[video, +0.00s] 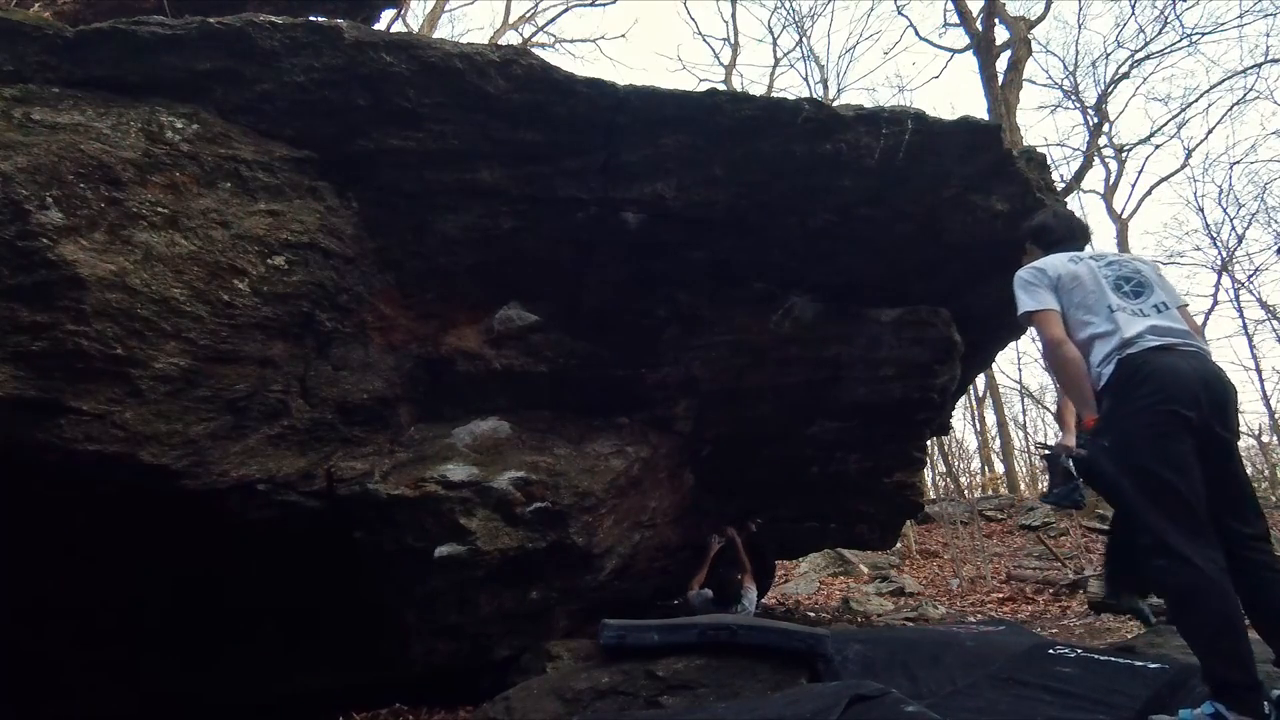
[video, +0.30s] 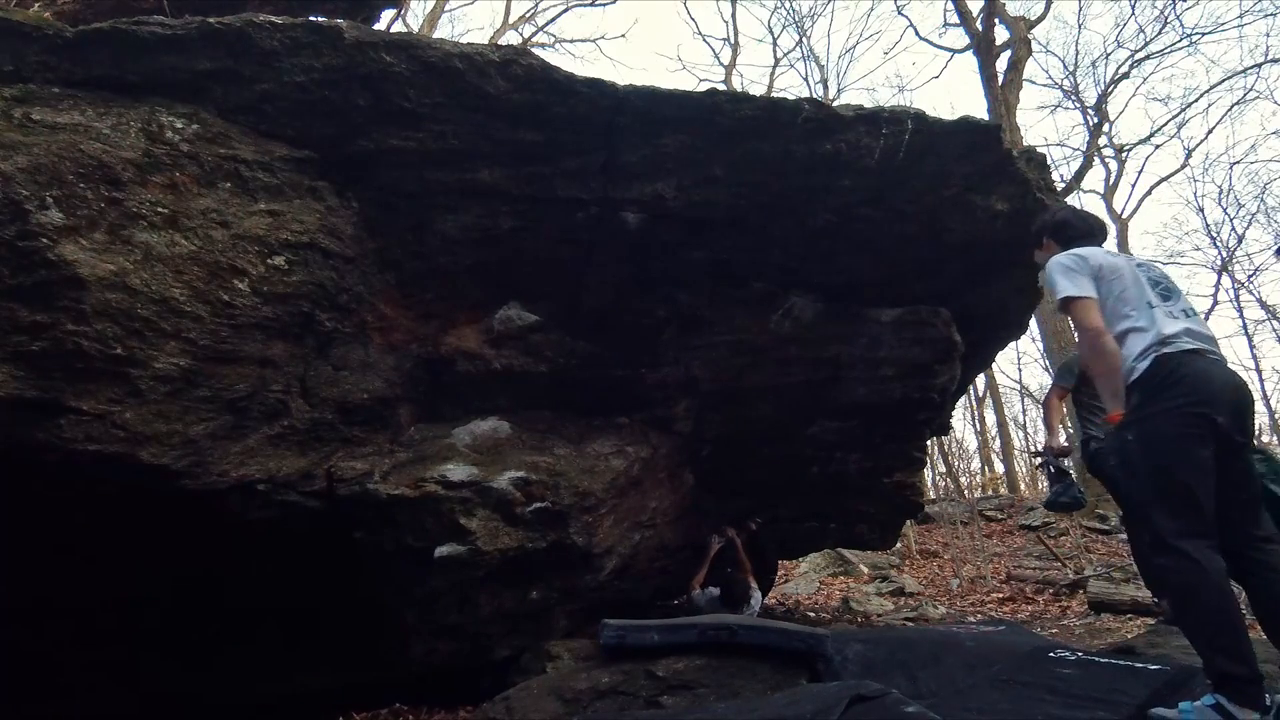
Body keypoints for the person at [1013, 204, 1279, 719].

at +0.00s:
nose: (1025, 260)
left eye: (1025, 255)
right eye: (1023, 255)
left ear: (1035, 250)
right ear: (1083, 240)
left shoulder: (1037, 270)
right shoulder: (1140, 264)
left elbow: (1057, 343)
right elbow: (1194, 330)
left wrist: (1090, 417)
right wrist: (1188, 379)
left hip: (1141, 381)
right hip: (1210, 377)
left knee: (1181, 548)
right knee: (1243, 533)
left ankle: (1239, 700)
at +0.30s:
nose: (1039, 265)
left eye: (1037, 256)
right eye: (1035, 258)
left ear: (1049, 244)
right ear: (1093, 239)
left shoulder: (1065, 260)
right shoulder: (1140, 266)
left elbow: (1095, 334)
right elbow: (1180, 328)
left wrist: (1116, 417)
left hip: (1169, 384)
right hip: (1227, 384)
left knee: (1175, 547)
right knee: (1248, 536)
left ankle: (1240, 694)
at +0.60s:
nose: (1046, 263)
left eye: (1047, 252)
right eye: (1043, 255)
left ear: (1064, 238)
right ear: (1091, 230)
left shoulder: (1095, 249)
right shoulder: (1137, 260)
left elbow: (1133, 317)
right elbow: (1189, 331)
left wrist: (1139, 401)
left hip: (1189, 388)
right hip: (1225, 385)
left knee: (1196, 540)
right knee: (1245, 535)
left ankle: (1244, 692)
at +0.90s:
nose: (1064, 249)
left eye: (1066, 237)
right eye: (1061, 240)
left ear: (1086, 226)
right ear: (1104, 222)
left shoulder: (1114, 244)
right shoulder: (1147, 252)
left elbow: (1139, 318)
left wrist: (1130, 403)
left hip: (1173, 391)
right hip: (1204, 387)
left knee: (1174, 541)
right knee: (1237, 536)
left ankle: (1241, 690)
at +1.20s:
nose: (1085, 241)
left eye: (1087, 230)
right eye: (1084, 232)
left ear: (1105, 219)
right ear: (1139, 220)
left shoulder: (1119, 243)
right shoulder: (1180, 261)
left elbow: (1129, 324)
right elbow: (1209, 347)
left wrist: (1115, 410)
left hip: (1168, 394)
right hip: (1215, 392)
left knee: (1149, 542)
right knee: (1241, 538)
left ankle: (1233, 686)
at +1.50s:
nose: (1094, 242)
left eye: (1094, 232)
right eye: (1091, 234)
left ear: (1111, 217)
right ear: (1148, 216)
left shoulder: (1125, 241)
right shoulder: (1188, 257)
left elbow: (1133, 321)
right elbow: (1211, 330)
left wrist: (1118, 404)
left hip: (1179, 391)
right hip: (1227, 391)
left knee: (1130, 535)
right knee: (1256, 543)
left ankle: (1224, 669)